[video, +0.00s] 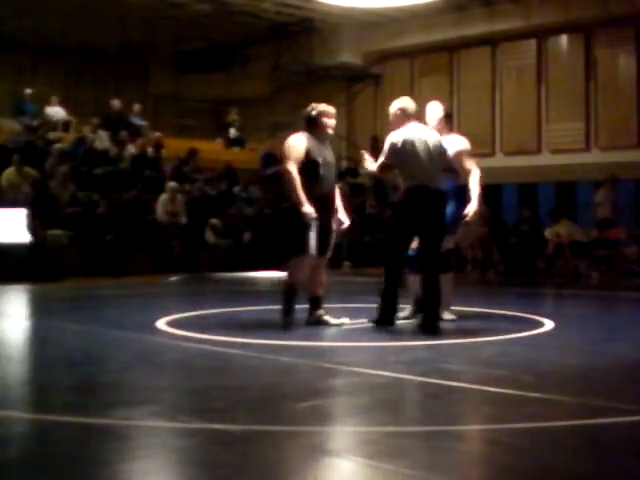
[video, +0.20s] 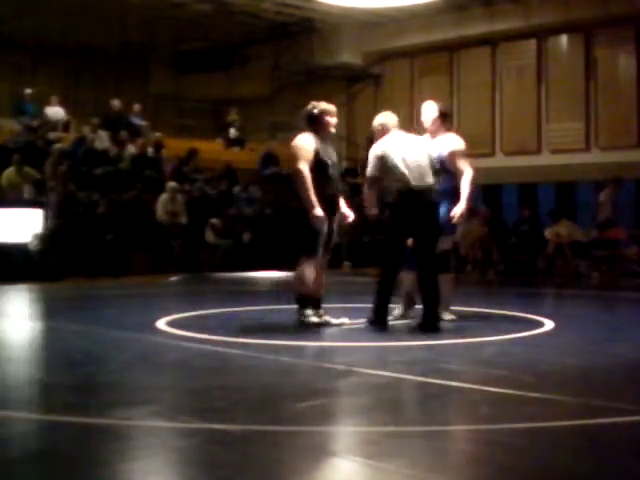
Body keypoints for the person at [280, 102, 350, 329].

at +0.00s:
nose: (333, 124)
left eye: (333, 119)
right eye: (329, 118)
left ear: (329, 122)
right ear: (315, 120)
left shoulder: (327, 147)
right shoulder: (299, 140)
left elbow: (332, 183)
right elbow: (290, 168)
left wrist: (340, 210)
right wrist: (303, 203)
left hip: (325, 209)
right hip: (305, 208)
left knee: (321, 259)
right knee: (304, 257)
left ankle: (316, 309)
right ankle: (288, 309)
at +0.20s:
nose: (335, 121)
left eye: (335, 116)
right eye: (330, 116)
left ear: (328, 120)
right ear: (317, 118)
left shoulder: (327, 146)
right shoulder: (305, 140)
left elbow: (332, 182)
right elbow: (302, 170)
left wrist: (342, 205)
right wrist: (314, 205)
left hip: (329, 209)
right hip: (313, 208)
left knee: (322, 258)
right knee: (311, 257)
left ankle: (317, 306)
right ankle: (305, 307)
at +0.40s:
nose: (338, 122)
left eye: (337, 117)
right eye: (335, 117)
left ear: (317, 119)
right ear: (323, 118)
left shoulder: (310, 141)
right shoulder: (317, 141)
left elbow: (310, 176)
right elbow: (319, 170)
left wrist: (326, 201)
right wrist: (330, 204)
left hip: (308, 207)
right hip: (314, 208)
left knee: (313, 262)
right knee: (313, 262)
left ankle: (313, 310)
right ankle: (311, 312)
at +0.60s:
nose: (340, 126)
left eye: (340, 120)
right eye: (338, 120)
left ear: (313, 119)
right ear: (329, 120)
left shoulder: (298, 143)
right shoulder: (324, 142)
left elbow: (295, 179)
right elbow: (332, 176)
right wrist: (343, 208)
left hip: (299, 208)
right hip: (318, 209)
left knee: (306, 261)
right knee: (311, 261)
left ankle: (303, 311)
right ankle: (305, 313)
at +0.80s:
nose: (338, 127)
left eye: (340, 122)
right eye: (338, 122)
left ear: (317, 117)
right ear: (330, 121)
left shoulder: (303, 142)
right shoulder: (319, 143)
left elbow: (296, 180)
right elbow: (326, 175)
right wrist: (337, 207)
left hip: (300, 208)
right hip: (315, 209)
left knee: (302, 262)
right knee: (310, 263)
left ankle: (286, 313)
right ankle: (304, 317)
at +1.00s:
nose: (347, 128)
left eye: (348, 123)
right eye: (346, 123)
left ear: (327, 118)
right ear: (335, 121)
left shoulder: (319, 141)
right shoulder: (318, 143)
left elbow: (319, 184)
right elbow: (316, 185)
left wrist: (334, 209)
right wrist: (323, 215)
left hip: (311, 209)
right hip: (311, 210)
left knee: (312, 261)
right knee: (314, 262)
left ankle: (297, 306)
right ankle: (303, 313)